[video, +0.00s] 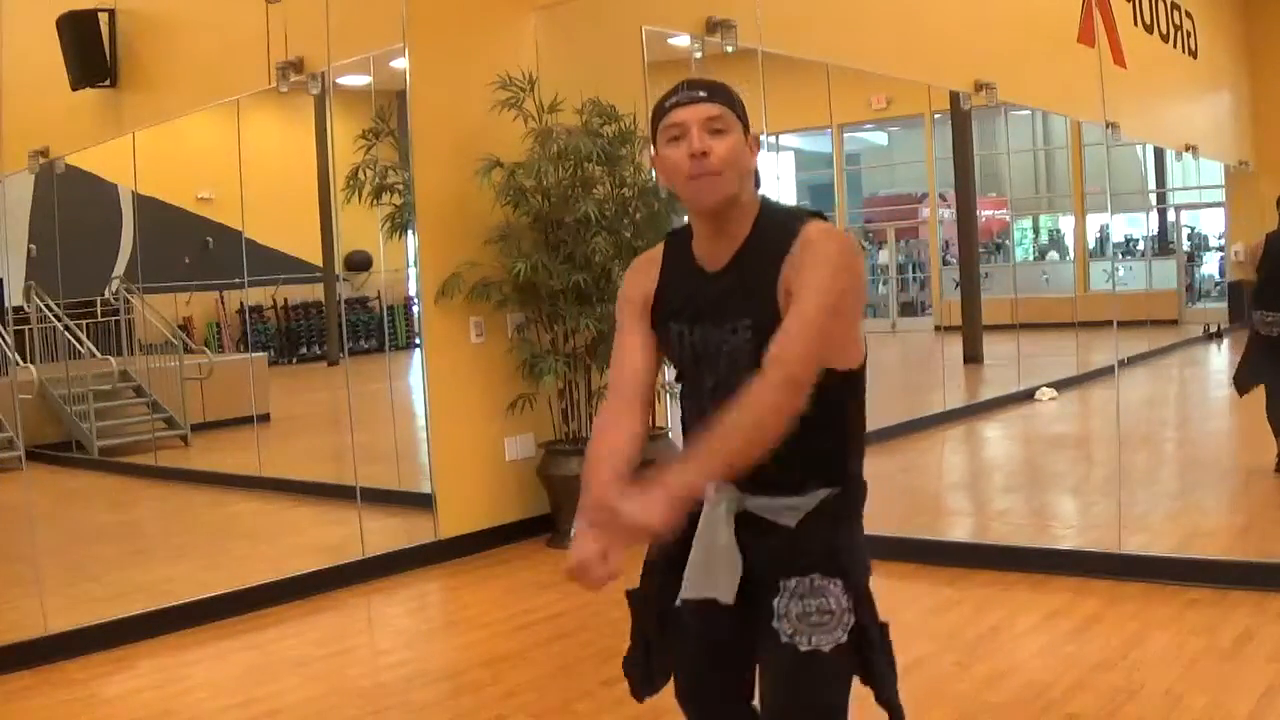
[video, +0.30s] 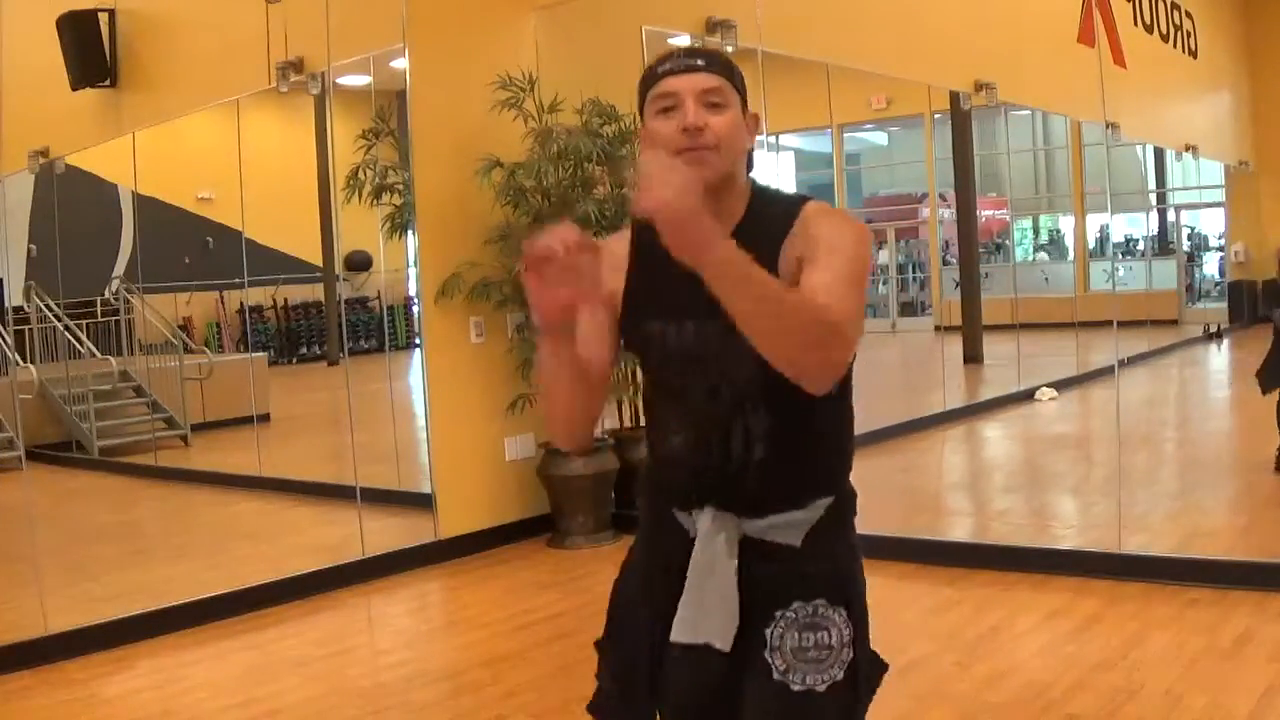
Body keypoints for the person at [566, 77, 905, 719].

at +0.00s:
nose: (697, 148)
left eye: (716, 129)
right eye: (676, 136)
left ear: (753, 148)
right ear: (657, 167)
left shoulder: (821, 250)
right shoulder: (649, 274)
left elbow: (780, 391)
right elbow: (624, 403)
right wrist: (599, 509)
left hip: (805, 523)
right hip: (703, 519)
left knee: (801, 705)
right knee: (706, 700)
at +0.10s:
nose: (700, 150)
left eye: (719, 133)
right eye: (677, 139)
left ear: (755, 154)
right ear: (658, 171)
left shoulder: (826, 254)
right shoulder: (641, 278)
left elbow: (753, 353)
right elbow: (623, 380)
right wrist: (615, 444)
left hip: (800, 548)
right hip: (692, 542)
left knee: (787, 705)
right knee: (691, 703)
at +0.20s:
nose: (699, 139)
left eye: (721, 121)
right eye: (676, 125)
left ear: (757, 146)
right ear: (652, 159)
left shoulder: (826, 244)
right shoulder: (633, 268)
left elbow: (774, 342)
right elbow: (588, 435)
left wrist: (628, 248)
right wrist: (599, 377)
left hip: (793, 556)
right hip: (679, 550)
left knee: (798, 706)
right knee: (684, 705)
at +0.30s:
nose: (692, 121)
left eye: (714, 104)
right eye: (668, 107)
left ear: (750, 131)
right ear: (643, 138)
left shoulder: (827, 233)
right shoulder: (618, 256)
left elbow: (821, 361)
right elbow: (572, 430)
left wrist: (703, 245)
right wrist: (555, 326)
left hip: (798, 549)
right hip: (672, 549)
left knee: (800, 706)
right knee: (638, 704)